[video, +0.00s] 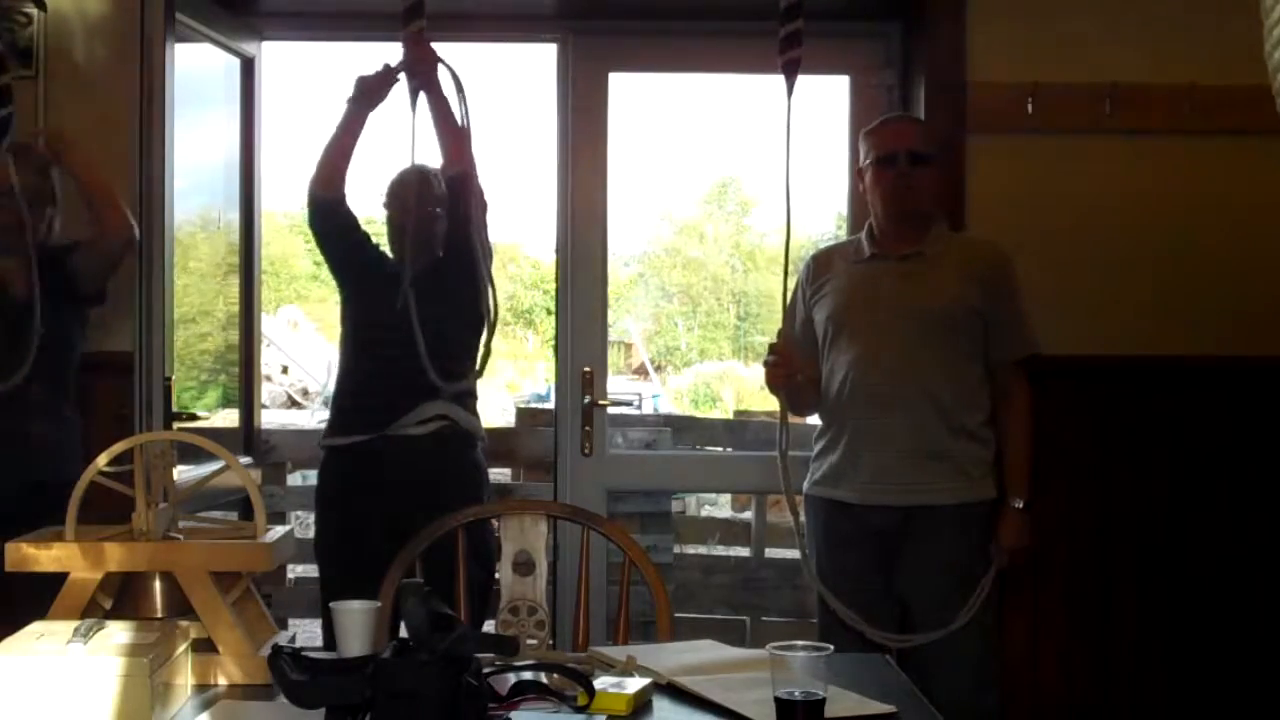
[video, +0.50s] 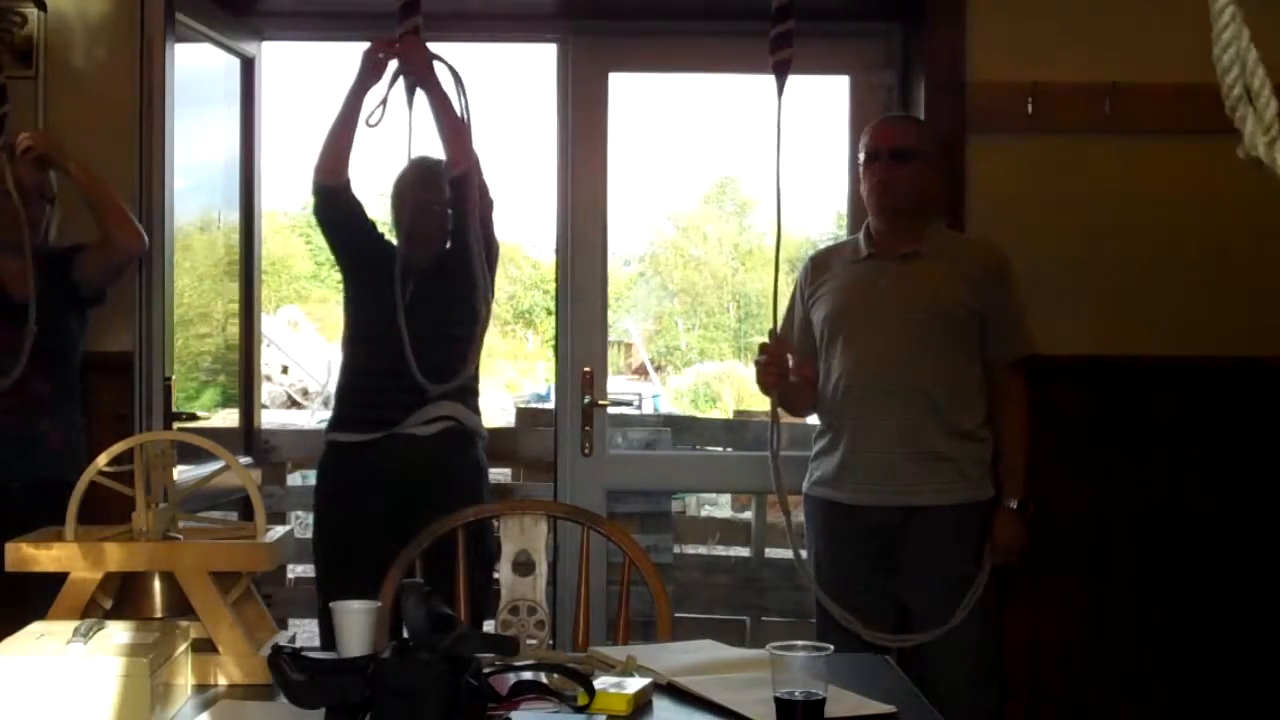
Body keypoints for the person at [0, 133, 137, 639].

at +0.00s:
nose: (24, 213)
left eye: (35, 199)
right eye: (15, 198)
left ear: (50, 208)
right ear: (5, 204)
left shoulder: (56, 271)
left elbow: (119, 235)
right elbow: (117, 236)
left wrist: (70, 156)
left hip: (47, 467)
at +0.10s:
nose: (31, 212)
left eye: (43, 199)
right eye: (16, 198)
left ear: (57, 204)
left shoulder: (61, 272)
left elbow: (128, 245)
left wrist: (74, 160)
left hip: (52, 473)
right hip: (6, 473)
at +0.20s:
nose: (34, 211)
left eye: (44, 199)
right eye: (22, 197)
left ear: (57, 207)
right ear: (1, 200)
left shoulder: (62, 273)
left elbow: (131, 247)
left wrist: (72, 164)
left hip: (51, 471)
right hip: (7, 471)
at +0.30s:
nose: (33, 212)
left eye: (43, 200)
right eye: (21, 198)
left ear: (56, 209)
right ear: (2, 202)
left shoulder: (61, 274)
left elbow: (131, 247)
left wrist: (72, 165)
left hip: (50, 472)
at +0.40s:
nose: (31, 210)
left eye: (41, 198)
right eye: (20, 197)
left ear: (54, 207)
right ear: (1, 201)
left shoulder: (60, 272)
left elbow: (131, 247)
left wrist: (69, 164)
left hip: (52, 469)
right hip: (9, 469)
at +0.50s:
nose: (29, 208)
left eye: (37, 196)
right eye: (18, 195)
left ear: (51, 204)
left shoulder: (58, 271)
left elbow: (130, 244)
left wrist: (67, 162)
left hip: (52, 469)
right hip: (7, 470)